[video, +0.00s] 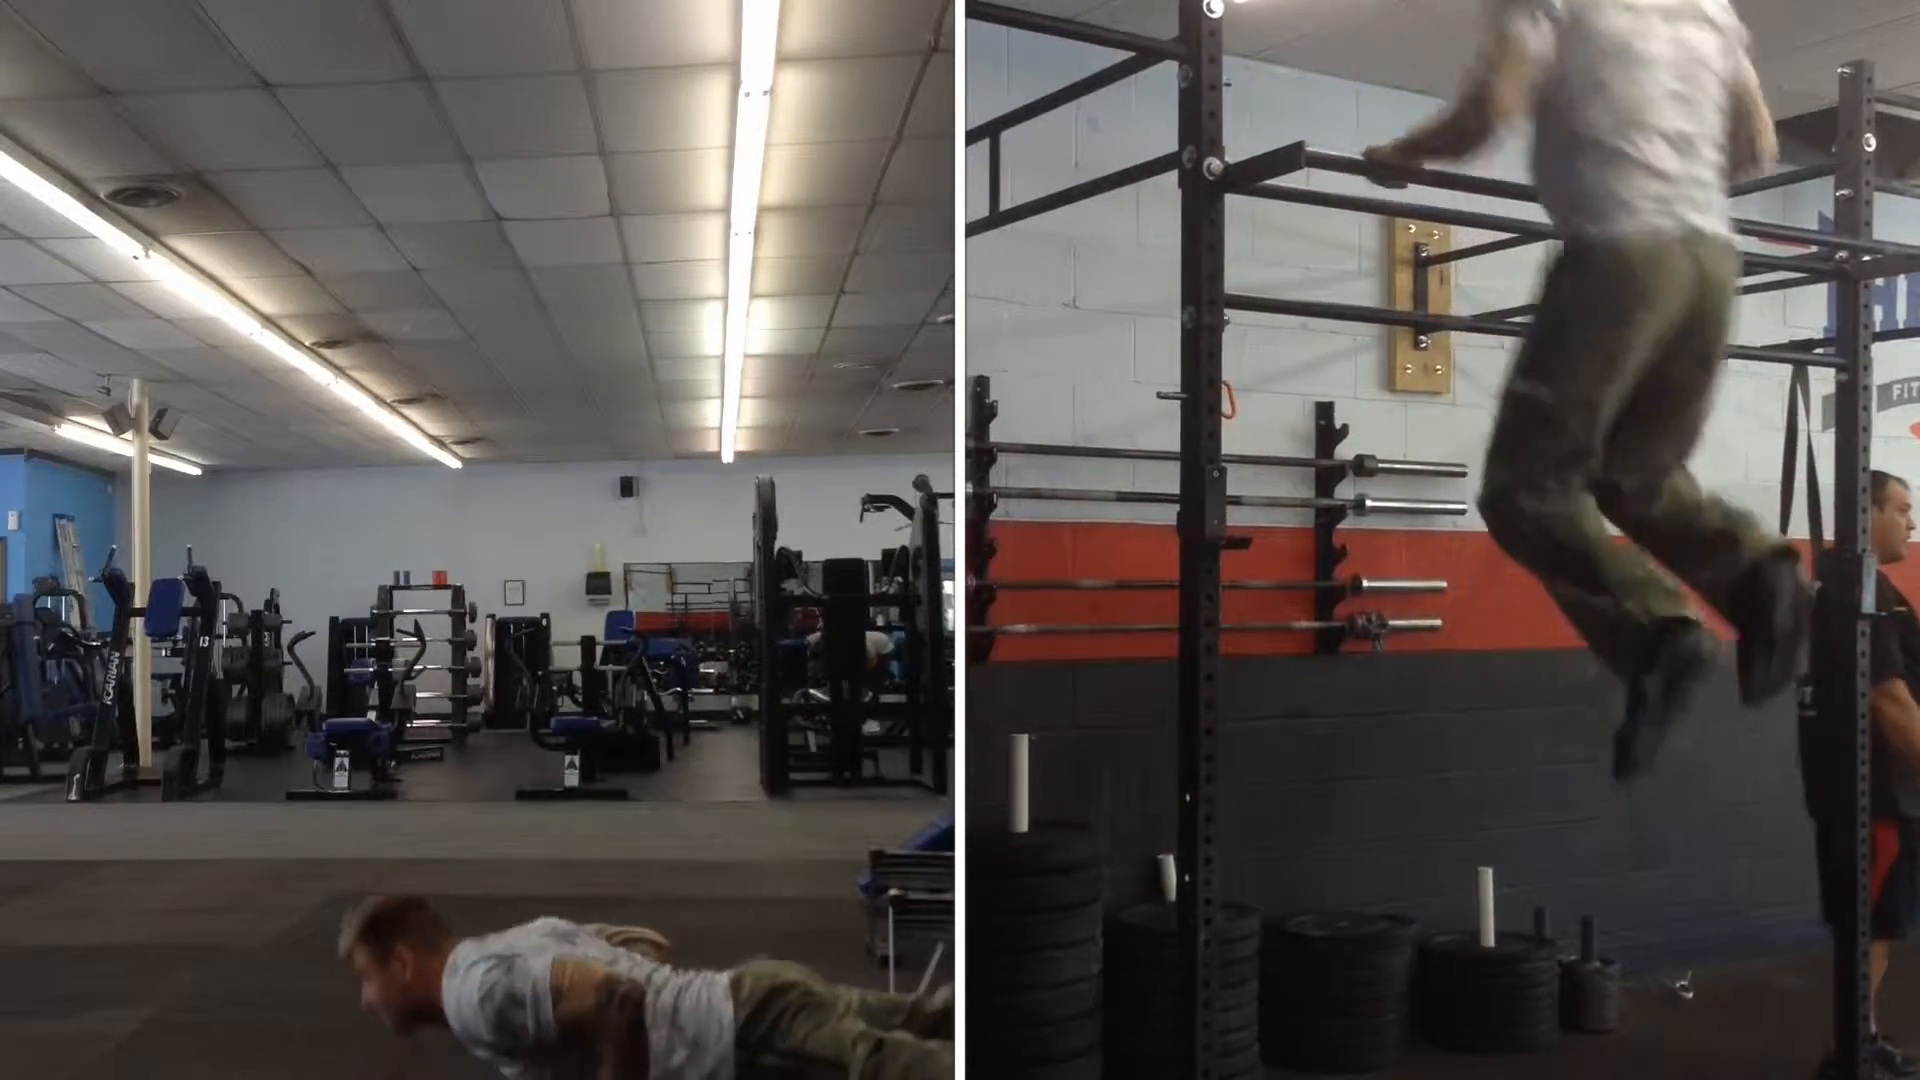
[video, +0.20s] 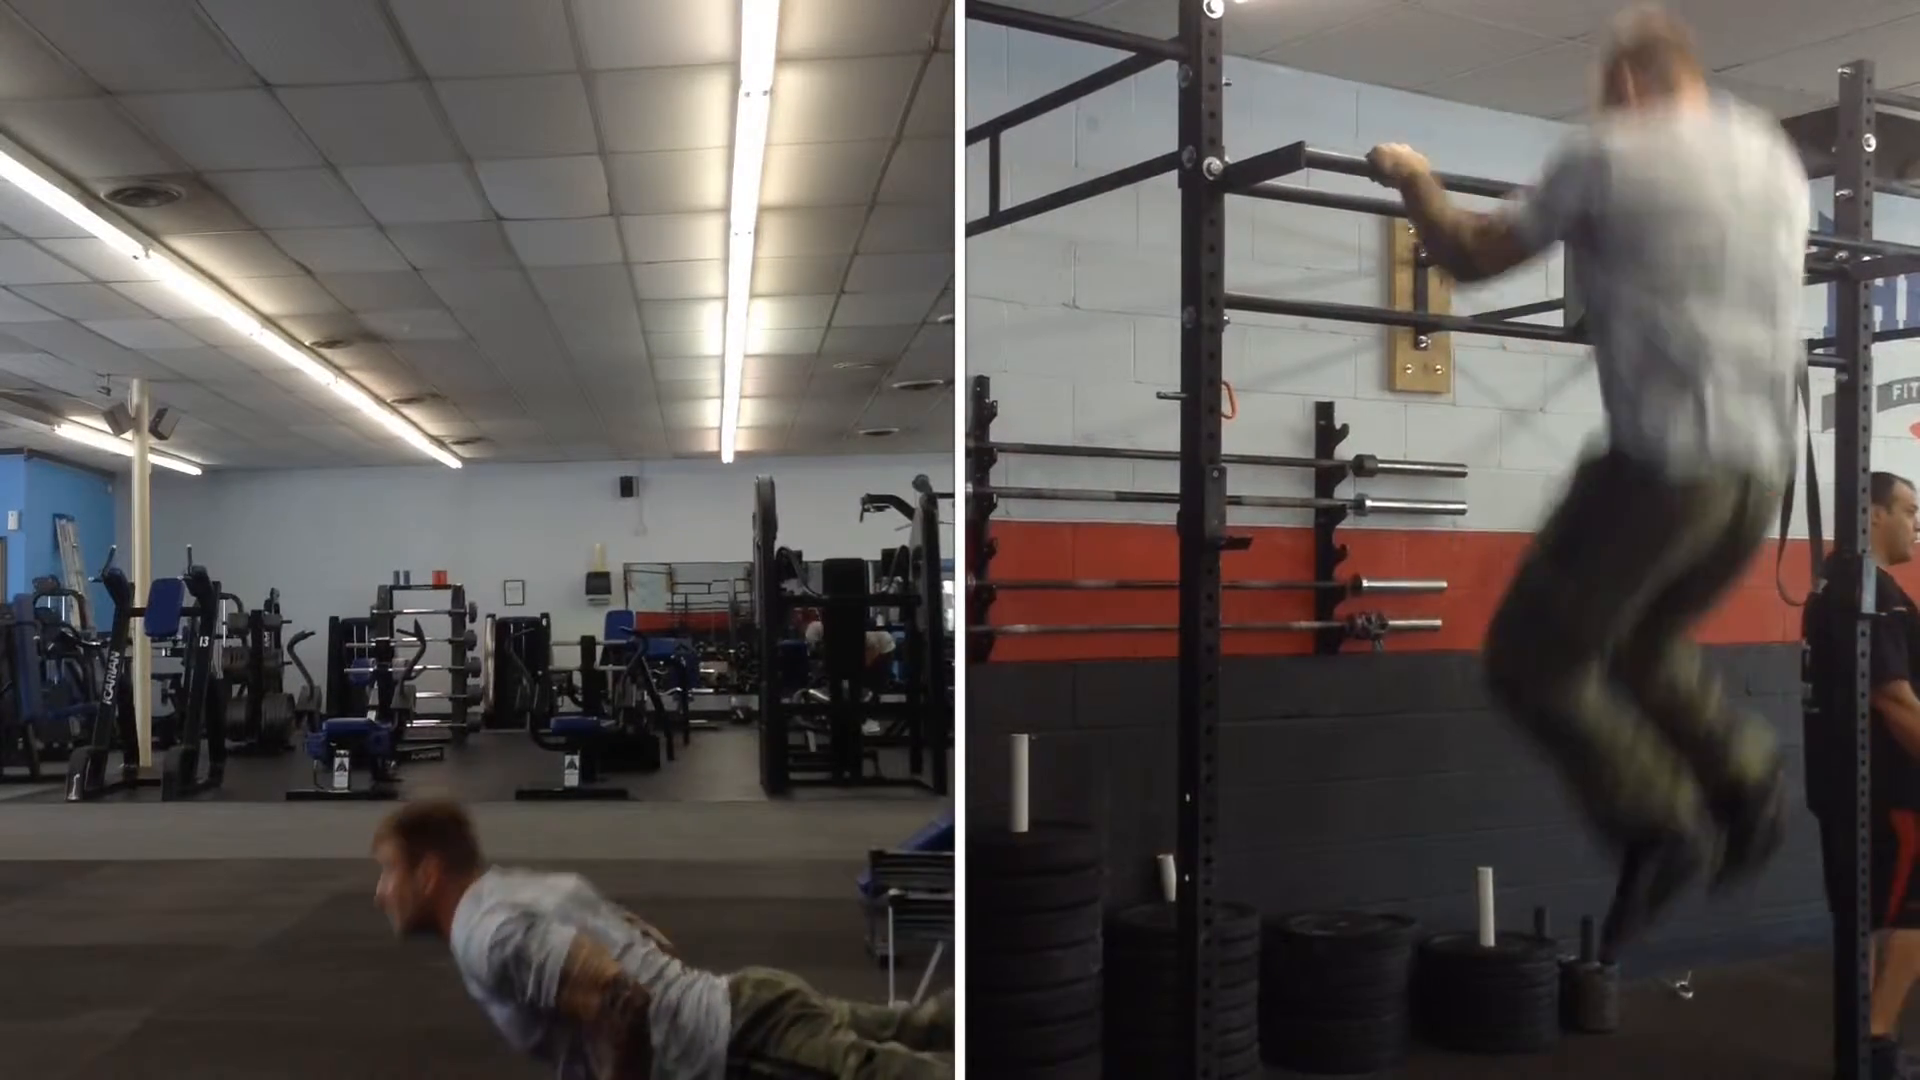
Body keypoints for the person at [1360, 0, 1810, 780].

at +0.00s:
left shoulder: (1547, 7)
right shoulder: (1707, 11)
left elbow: (1491, 112)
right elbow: (1757, 148)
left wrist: (1407, 151)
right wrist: (1666, 165)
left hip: (1619, 255)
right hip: (1715, 259)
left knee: (1526, 489)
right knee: (1635, 473)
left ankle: (1657, 640)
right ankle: (1760, 581)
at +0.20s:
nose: (1604, 103)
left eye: (1604, 91)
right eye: (1609, 93)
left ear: (1622, 81)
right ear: (1698, 77)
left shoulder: (1603, 151)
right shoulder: (1775, 159)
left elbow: (1473, 255)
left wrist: (1416, 185)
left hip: (1660, 475)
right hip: (1761, 483)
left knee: (1534, 661)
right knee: (1643, 648)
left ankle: (1661, 830)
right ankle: (1748, 784)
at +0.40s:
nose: (1571, 313)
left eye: (1577, 299)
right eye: (1577, 300)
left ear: (1590, 307)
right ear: (1662, 318)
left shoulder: (1558, 374)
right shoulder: (1702, 391)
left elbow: (1422, 331)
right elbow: (1669, 328)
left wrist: (1405, 205)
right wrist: (1641, 244)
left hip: (1573, 699)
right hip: (1663, 704)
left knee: (1470, 900)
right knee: (1569, 883)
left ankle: (1601, 1059)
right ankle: (1660, 1034)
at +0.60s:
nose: (1461, 409)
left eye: (1468, 399)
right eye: (1472, 398)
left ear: (1477, 414)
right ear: (1547, 422)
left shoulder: (1446, 477)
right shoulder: (1573, 493)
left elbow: (1378, 354)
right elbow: (1617, 375)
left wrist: (1396, 215)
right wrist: (1629, 254)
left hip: (1420, 767)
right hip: (1506, 770)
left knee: (1379, 973)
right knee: (1470, 968)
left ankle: (1474, 1075)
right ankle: (1542, 1071)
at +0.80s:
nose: (1411, 385)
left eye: (1421, 380)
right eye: (1421, 377)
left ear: (1431, 411)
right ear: (1496, 425)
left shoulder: (1393, 474)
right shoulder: (1504, 499)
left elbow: (1368, 339)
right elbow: (1575, 368)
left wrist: (1394, 215)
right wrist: (1617, 260)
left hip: (1328, 737)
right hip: (1406, 738)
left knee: (1279, 923)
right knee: (1387, 925)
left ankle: (1384, 1067)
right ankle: (1451, 1062)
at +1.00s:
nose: (1455, 419)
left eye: (1462, 410)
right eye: (1465, 408)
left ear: (1470, 426)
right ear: (1538, 439)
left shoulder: (1429, 488)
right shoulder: (1545, 509)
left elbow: (1366, 353)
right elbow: (1590, 376)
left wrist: (1394, 218)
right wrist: (1621, 259)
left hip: (1338, 713)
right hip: (1409, 719)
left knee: (1200, 714)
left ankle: (1192, 902)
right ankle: (1285, 922)